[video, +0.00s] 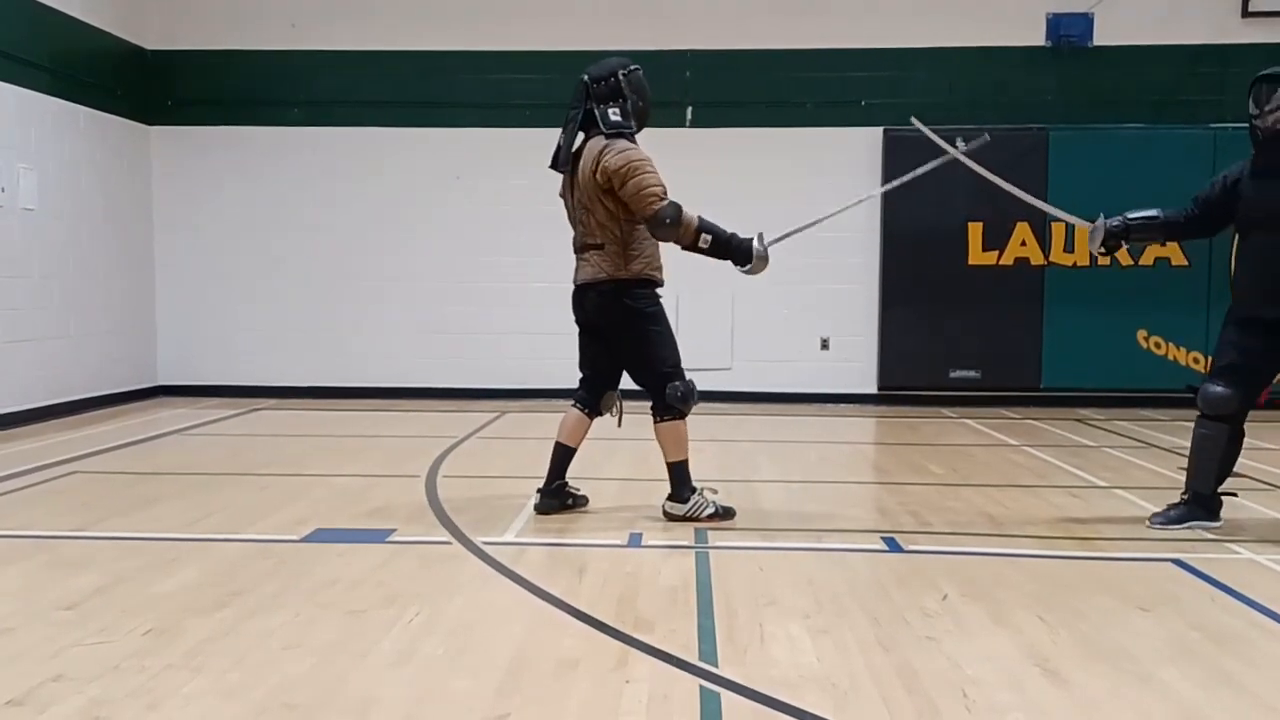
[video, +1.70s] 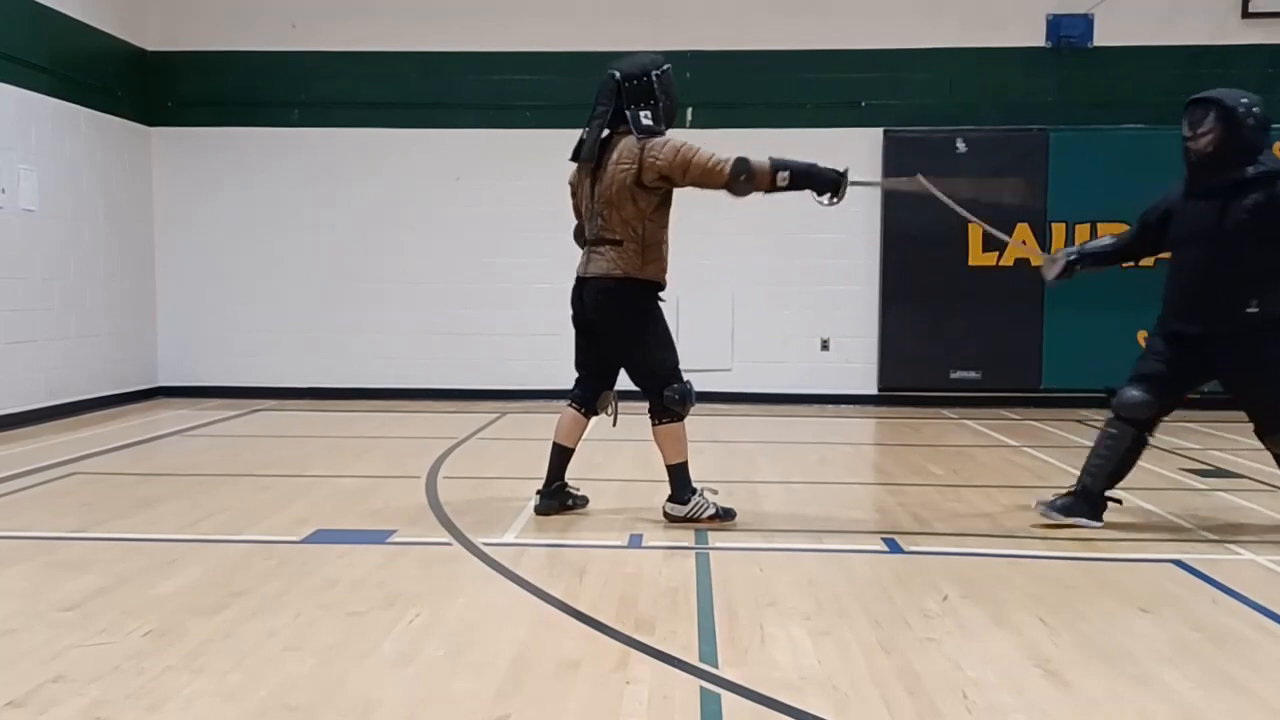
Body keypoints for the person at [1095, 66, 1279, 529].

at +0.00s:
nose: (1270, 118)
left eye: (1277, 110)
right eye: (1267, 110)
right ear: (1256, 117)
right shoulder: (1252, 173)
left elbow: (1199, 218)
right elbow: (1199, 218)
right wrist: (1127, 226)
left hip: (1270, 313)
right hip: (1255, 311)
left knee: (1224, 396)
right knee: (1220, 397)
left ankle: (1201, 498)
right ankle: (1200, 500)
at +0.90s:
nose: (1253, 128)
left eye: (1265, 117)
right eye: (1248, 118)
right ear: (1240, 126)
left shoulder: (1269, 184)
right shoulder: (1238, 190)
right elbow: (1174, 224)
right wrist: (1097, 223)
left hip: (1269, 322)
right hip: (1250, 320)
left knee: (1191, 388)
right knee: (1186, 389)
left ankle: (1143, 488)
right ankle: (1142, 490)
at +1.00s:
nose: (1220, 133)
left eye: (1234, 125)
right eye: (1218, 124)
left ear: (1263, 132)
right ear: (1211, 128)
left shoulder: (1271, 189)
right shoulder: (1211, 194)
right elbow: (1144, 225)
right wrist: (1069, 217)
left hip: (1270, 328)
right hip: (1223, 328)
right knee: (1165, 403)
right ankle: (1103, 491)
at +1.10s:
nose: (1179, 144)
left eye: (1193, 134)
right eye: (1178, 134)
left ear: (1224, 141)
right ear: (1171, 138)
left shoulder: (1261, 194)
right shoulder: (1166, 201)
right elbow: (1102, 219)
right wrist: (1036, 202)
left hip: (1251, 341)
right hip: (1179, 343)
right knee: (1124, 405)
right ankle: (1083, 500)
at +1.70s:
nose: (1193, 138)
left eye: (1207, 130)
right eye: (1194, 128)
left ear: (1239, 133)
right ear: (1192, 130)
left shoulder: (1268, 188)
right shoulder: (1190, 195)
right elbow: (1137, 240)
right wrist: (1076, 255)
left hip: (1252, 333)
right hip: (1184, 330)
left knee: (1274, 429)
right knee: (1134, 406)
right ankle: (1087, 496)